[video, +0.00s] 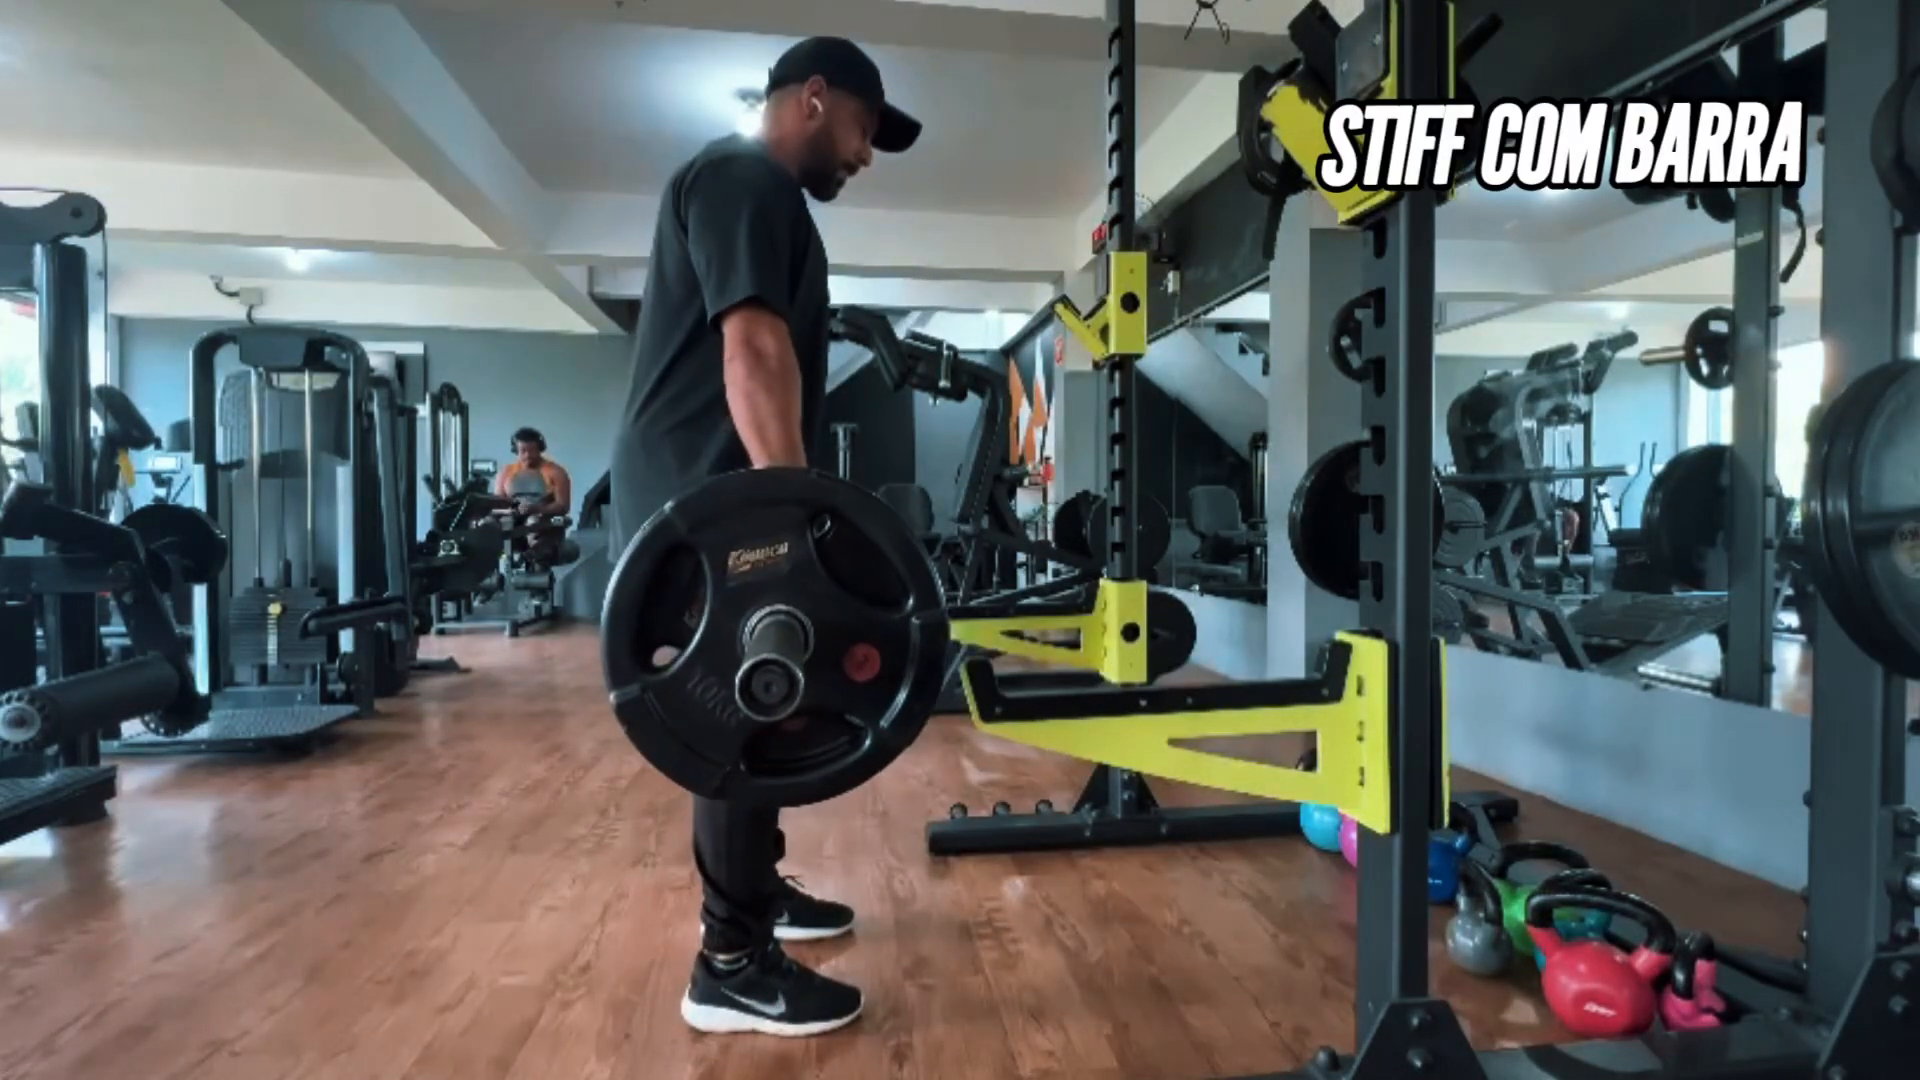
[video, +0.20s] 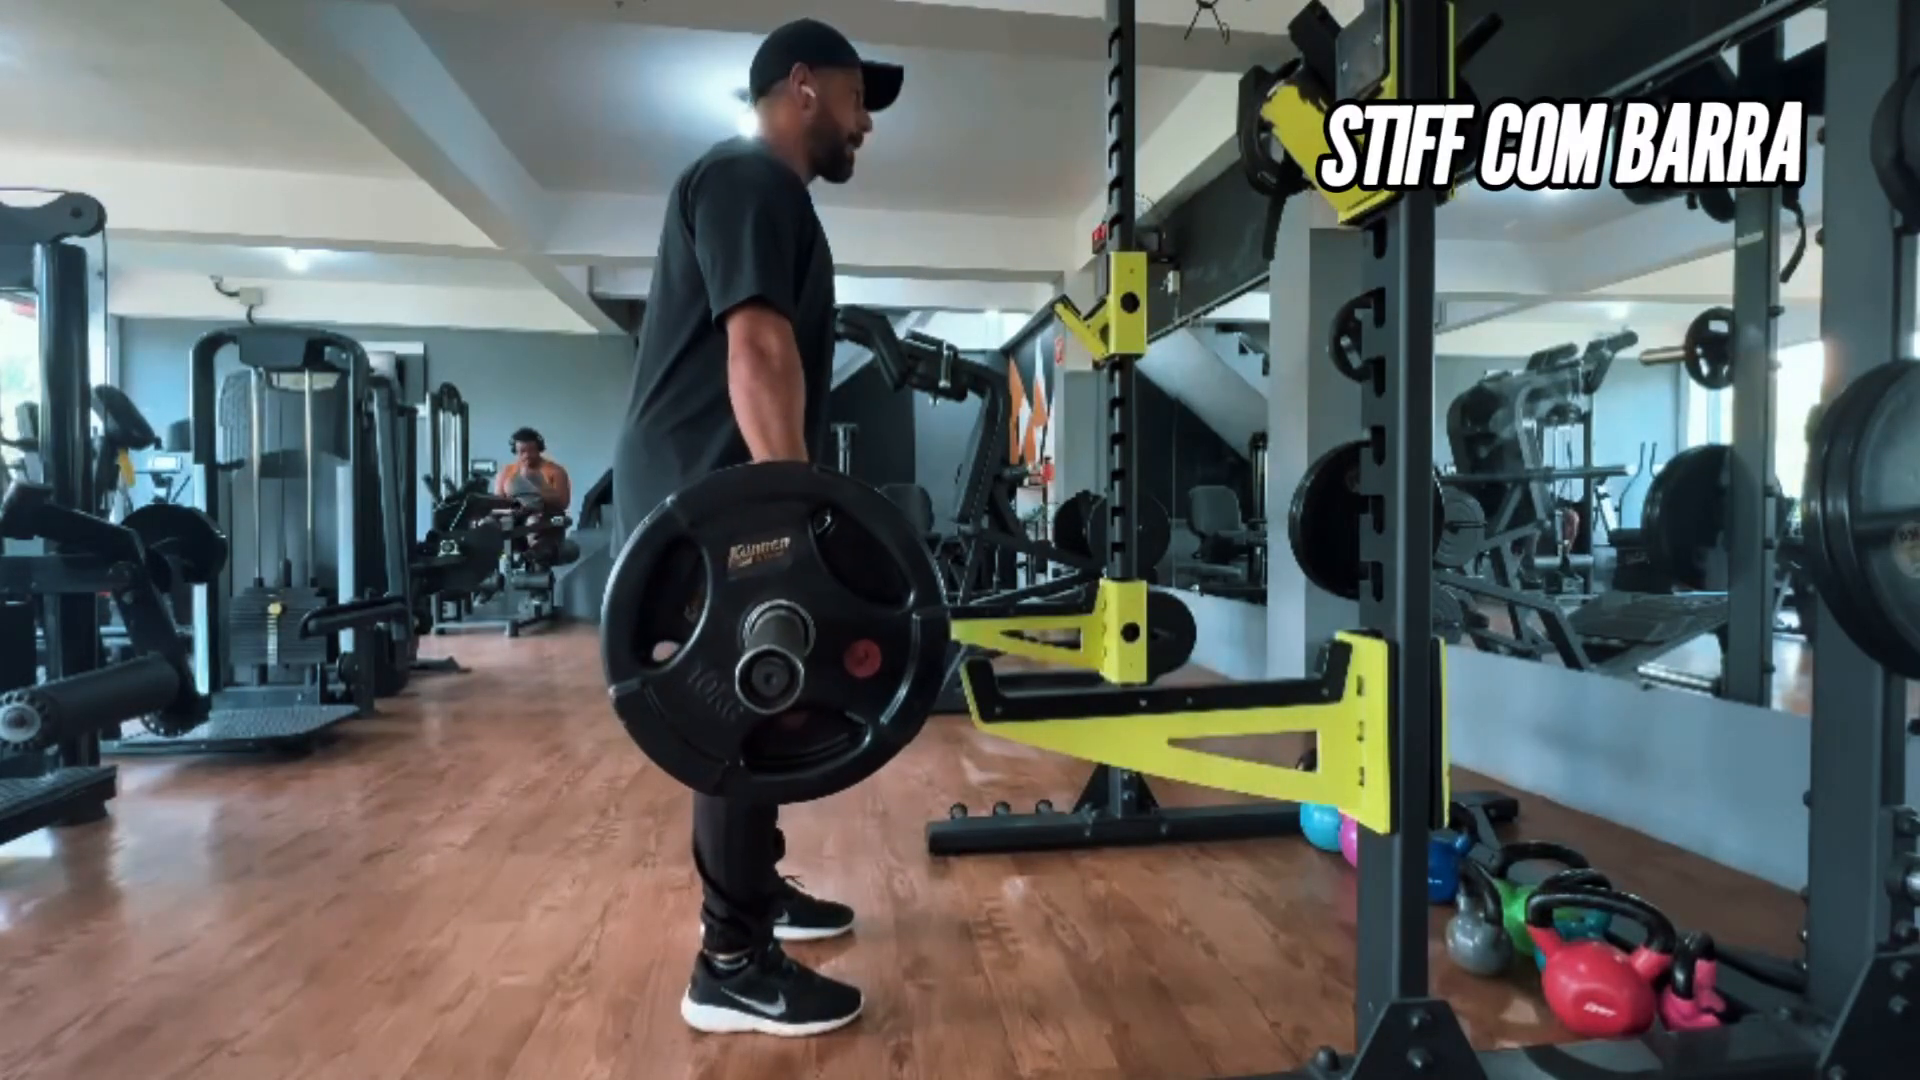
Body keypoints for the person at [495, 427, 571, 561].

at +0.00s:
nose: (528, 456)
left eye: (532, 451)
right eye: (523, 451)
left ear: (540, 450)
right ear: (517, 452)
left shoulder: (556, 473)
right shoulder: (507, 472)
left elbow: (562, 505)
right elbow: (499, 501)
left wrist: (535, 510)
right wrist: (513, 509)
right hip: (513, 528)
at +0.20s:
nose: (527, 456)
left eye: (531, 451)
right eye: (522, 452)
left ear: (539, 450)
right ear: (516, 452)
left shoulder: (555, 472)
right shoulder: (507, 472)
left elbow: (562, 502)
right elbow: (500, 500)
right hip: (515, 523)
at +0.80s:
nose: (524, 454)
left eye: (529, 449)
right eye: (521, 449)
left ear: (538, 449)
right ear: (515, 450)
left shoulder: (554, 470)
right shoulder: (508, 472)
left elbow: (555, 497)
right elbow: (500, 500)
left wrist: (531, 472)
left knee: (532, 524)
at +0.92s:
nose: (525, 454)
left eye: (529, 449)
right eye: (521, 449)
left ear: (539, 449)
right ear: (516, 450)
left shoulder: (554, 470)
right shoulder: (508, 472)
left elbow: (553, 495)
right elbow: (500, 499)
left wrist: (531, 471)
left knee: (533, 524)